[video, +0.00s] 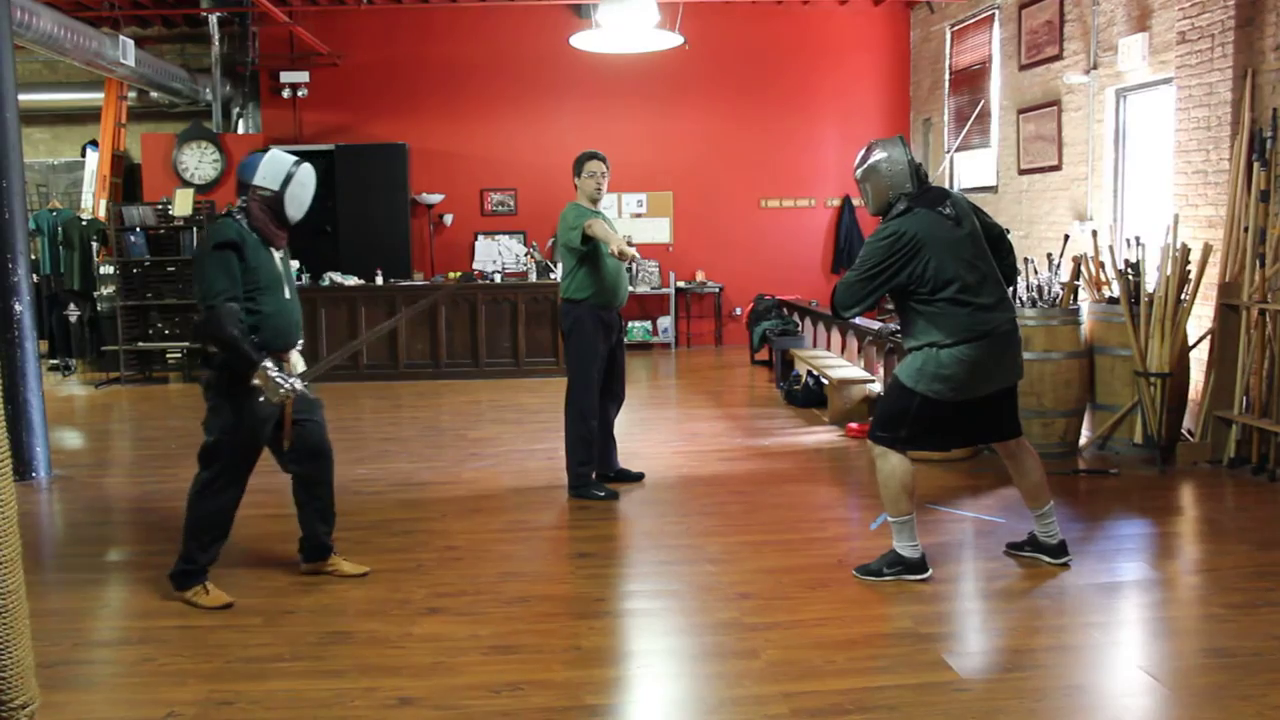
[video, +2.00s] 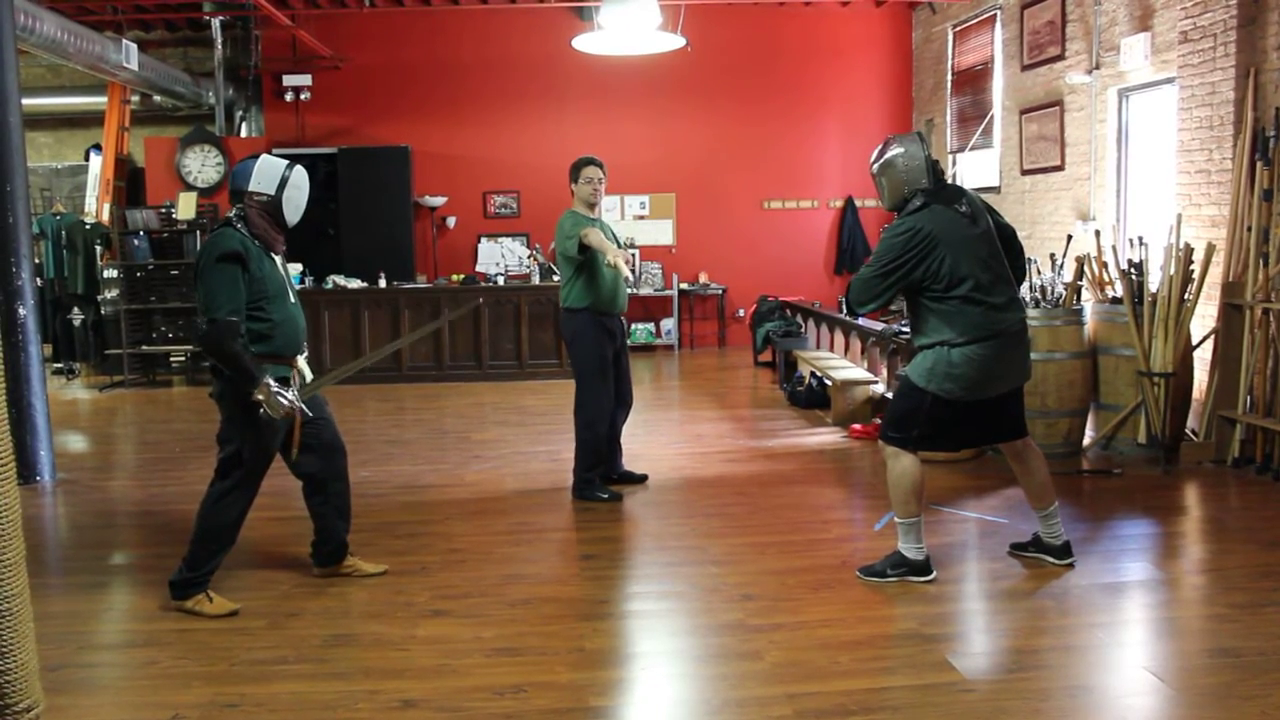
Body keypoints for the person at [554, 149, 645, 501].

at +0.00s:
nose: (599, 180)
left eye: (603, 175)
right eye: (591, 175)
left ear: (608, 181)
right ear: (577, 180)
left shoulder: (603, 218)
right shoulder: (573, 212)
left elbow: (612, 244)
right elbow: (594, 227)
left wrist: (624, 248)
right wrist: (616, 243)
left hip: (608, 315)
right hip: (583, 315)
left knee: (610, 395)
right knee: (584, 396)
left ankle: (606, 467)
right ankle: (580, 480)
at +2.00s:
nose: (596, 186)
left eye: (600, 181)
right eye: (588, 181)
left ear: (605, 186)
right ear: (574, 186)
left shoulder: (603, 226)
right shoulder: (571, 220)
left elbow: (614, 256)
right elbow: (591, 237)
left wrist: (623, 258)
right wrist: (612, 253)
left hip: (610, 319)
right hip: (585, 320)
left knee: (619, 398)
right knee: (594, 399)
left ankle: (610, 469)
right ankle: (585, 482)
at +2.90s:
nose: (596, 181)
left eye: (599, 175)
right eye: (587, 177)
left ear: (606, 182)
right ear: (574, 188)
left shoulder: (609, 224)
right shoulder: (569, 223)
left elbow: (627, 264)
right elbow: (578, 218)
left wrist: (654, 293)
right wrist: (593, 204)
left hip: (613, 322)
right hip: (584, 322)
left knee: (620, 403)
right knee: (595, 402)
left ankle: (598, 465)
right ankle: (585, 482)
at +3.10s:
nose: (601, 182)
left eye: (605, 177)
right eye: (593, 177)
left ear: (611, 183)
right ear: (581, 183)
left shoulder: (613, 226)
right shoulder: (575, 216)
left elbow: (632, 267)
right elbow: (556, 203)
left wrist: (654, 296)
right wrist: (556, 173)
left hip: (609, 318)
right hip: (580, 316)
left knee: (611, 396)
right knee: (585, 396)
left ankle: (596, 465)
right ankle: (586, 479)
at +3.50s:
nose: (596, 184)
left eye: (600, 180)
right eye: (589, 179)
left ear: (604, 188)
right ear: (575, 186)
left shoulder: (611, 230)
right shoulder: (556, 218)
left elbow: (634, 271)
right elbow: (517, 213)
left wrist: (658, 307)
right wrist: (512, 182)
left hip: (602, 316)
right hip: (567, 314)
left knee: (605, 390)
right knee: (560, 387)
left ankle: (597, 462)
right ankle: (548, 448)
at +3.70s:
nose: (584, 188)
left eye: (588, 184)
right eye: (577, 184)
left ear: (594, 192)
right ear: (564, 190)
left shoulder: (603, 234)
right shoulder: (546, 224)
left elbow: (624, 276)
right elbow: (507, 244)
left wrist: (642, 312)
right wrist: (495, 230)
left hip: (592, 319)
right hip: (556, 316)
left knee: (598, 389)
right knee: (551, 385)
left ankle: (597, 462)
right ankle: (546, 442)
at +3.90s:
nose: (570, 191)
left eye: (574, 187)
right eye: (563, 187)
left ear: (581, 194)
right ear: (552, 195)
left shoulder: (594, 236)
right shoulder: (536, 233)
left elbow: (614, 278)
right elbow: (502, 262)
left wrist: (631, 319)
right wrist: (484, 277)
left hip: (580, 321)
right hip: (543, 320)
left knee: (588, 385)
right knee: (546, 387)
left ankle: (592, 456)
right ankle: (549, 448)